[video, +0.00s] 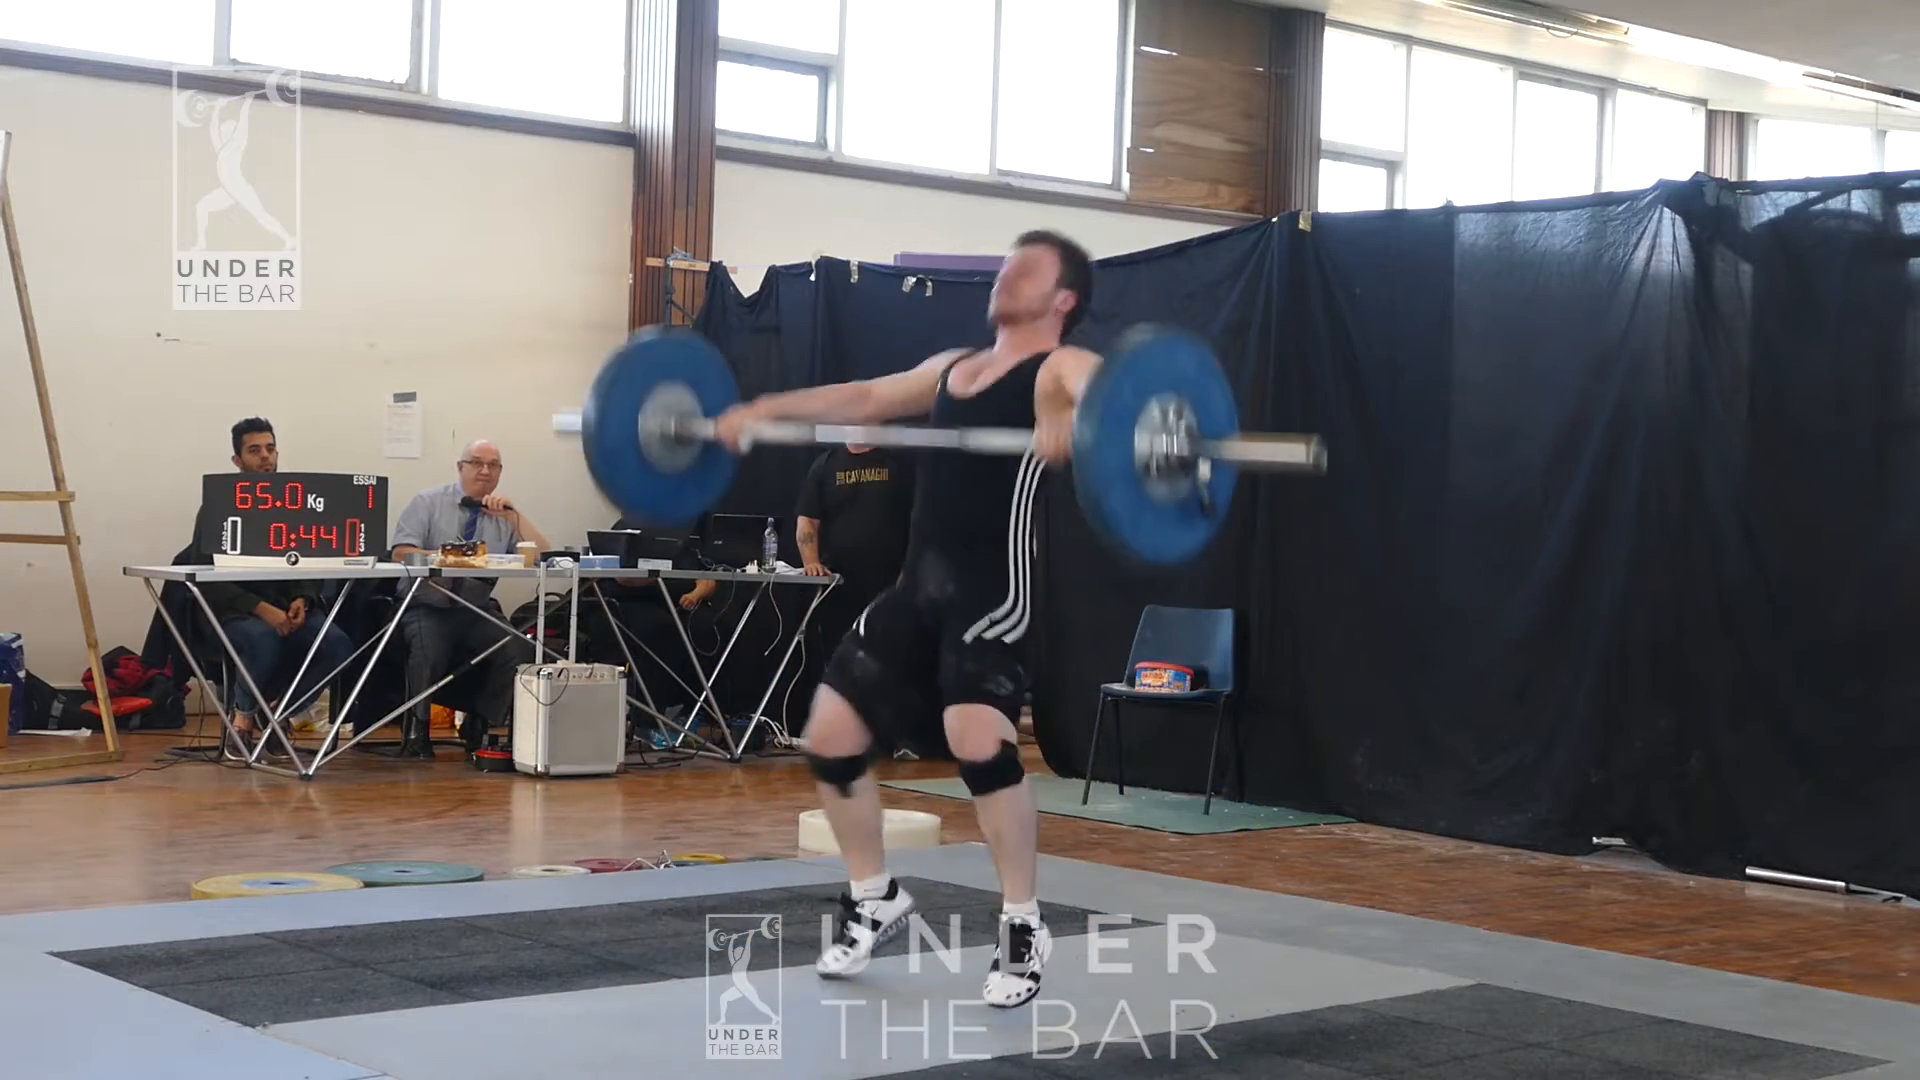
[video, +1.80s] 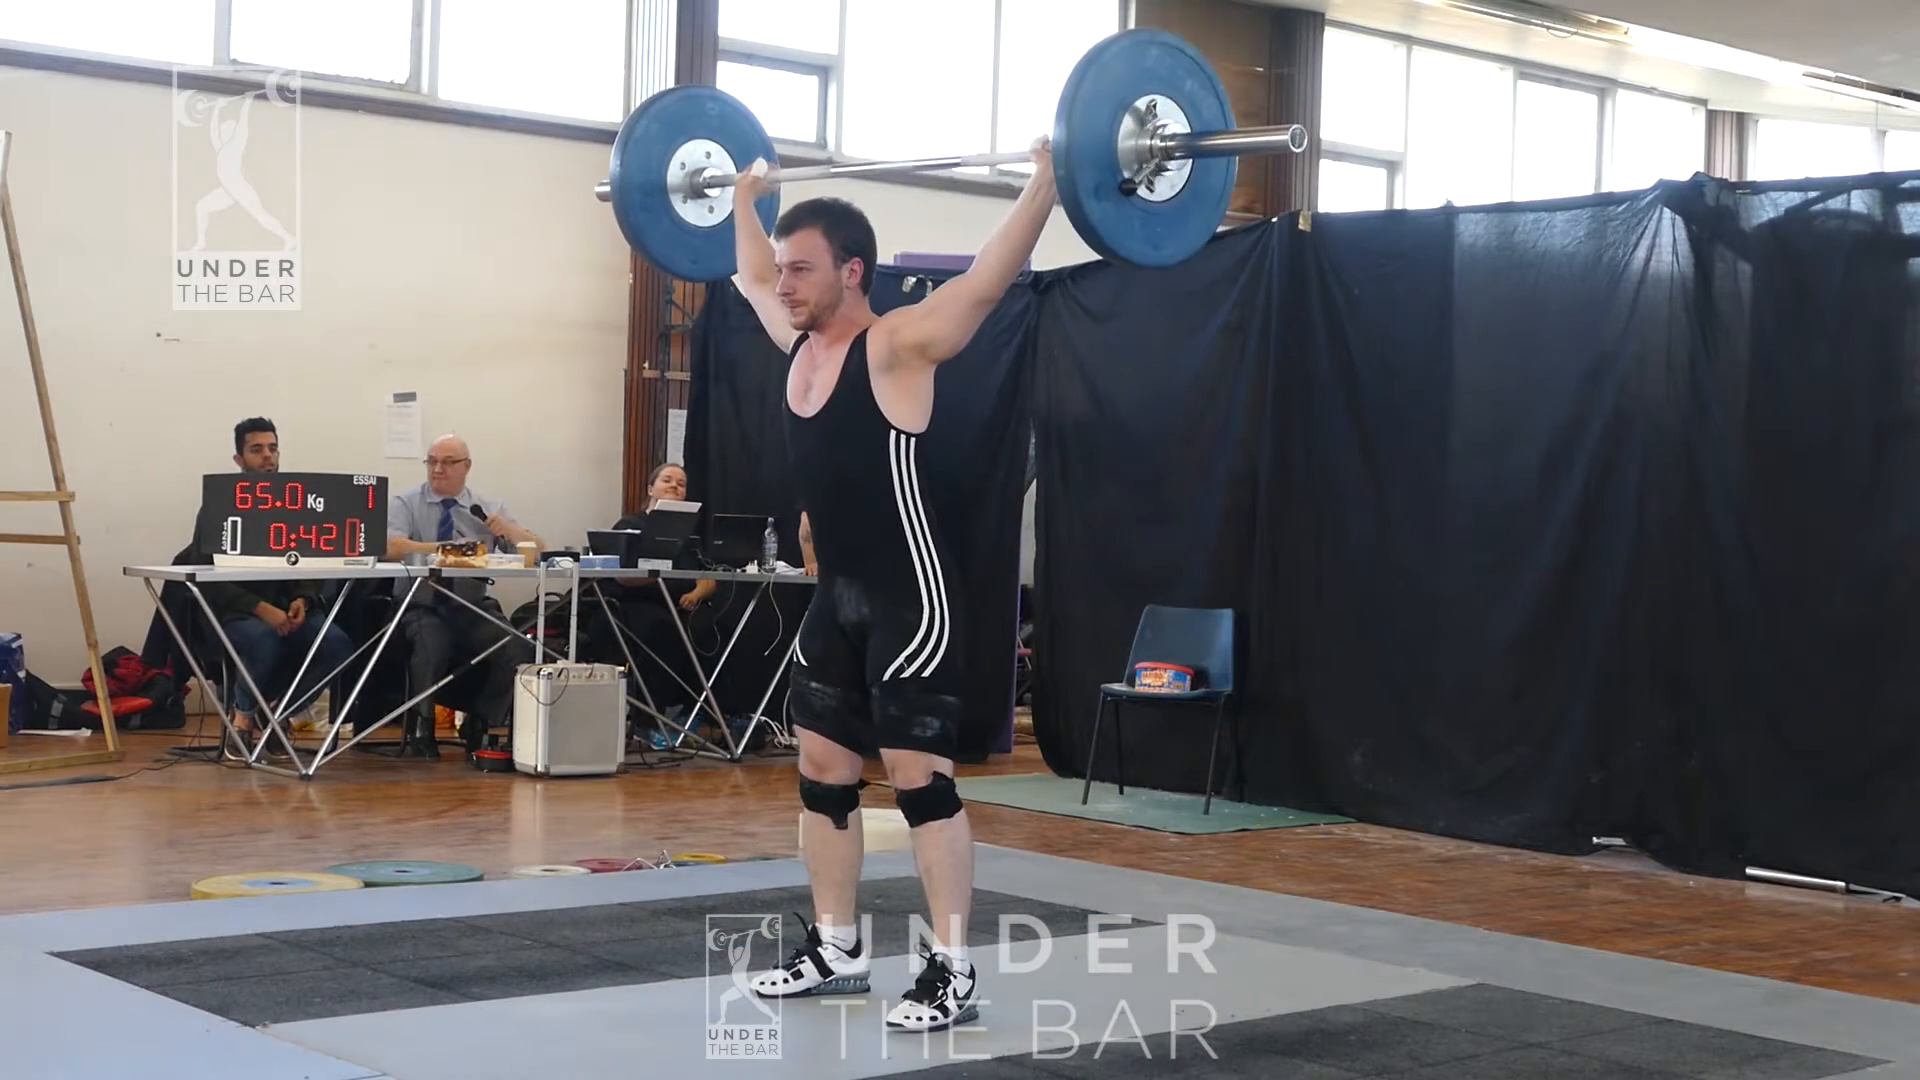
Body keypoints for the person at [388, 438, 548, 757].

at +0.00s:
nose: (484, 471)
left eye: (493, 466)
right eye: (476, 464)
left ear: (500, 473)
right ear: (460, 468)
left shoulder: (503, 516)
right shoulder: (428, 502)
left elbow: (544, 553)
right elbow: (401, 550)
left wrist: (515, 515)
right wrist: (442, 561)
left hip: (478, 609)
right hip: (429, 605)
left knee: (518, 652)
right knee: (429, 651)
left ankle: (477, 726)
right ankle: (417, 730)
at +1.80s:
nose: (438, 469)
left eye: (449, 463)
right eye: (432, 462)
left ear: (467, 468)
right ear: (426, 465)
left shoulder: (486, 507)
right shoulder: (405, 503)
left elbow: (537, 548)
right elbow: (392, 547)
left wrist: (509, 531)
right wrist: (445, 550)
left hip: (473, 605)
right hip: (422, 604)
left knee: (515, 649)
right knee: (431, 641)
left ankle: (478, 726)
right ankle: (422, 729)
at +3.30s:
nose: (402, 466)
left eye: (412, 460)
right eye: (397, 459)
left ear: (434, 463)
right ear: (392, 461)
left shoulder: (461, 500)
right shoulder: (381, 501)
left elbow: (509, 534)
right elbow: (350, 535)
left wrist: (504, 547)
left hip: (459, 602)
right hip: (404, 605)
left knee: (504, 657)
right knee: (444, 658)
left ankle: (478, 728)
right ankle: (444, 722)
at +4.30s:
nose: (383, 469)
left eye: (392, 462)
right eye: (378, 461)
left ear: (416, 464)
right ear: (374, 463)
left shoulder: (446, 498)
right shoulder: (370, 504)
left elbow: (494, 526)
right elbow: (356, 551)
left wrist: (504, 543)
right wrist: (406, 553)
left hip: (457, 598)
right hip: (407, 606)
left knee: (503, 655)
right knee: (446, 659)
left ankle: (481, 726)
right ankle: (445, 721)